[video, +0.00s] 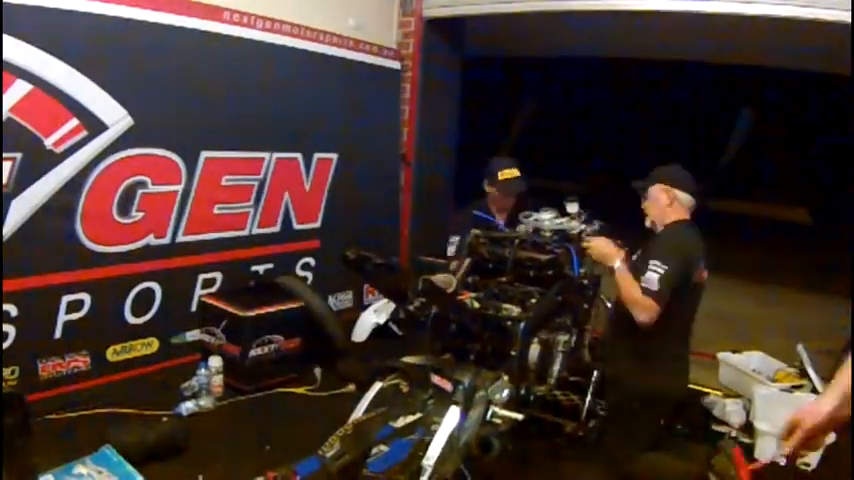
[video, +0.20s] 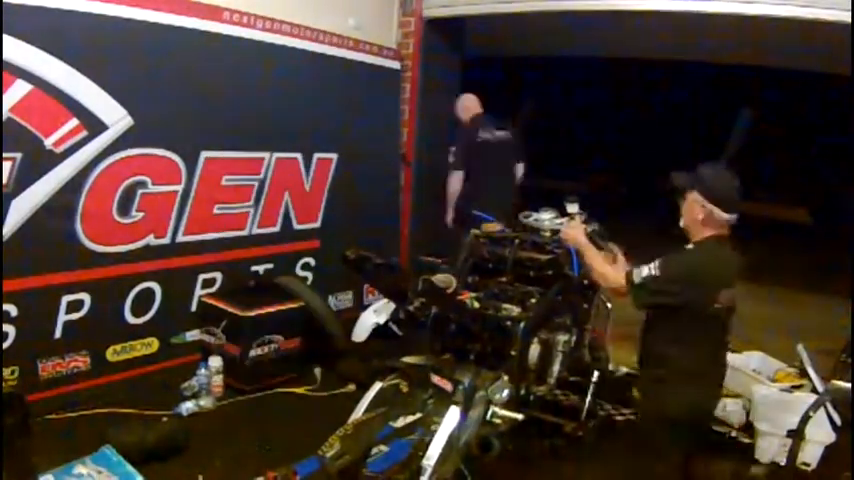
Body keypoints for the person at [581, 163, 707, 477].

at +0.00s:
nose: (644, 207)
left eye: (648, 198)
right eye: (645, 199)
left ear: (669, 199)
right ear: (672, 200)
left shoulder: (672, 243)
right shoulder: (684, 239)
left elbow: (645, 311)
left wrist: (616, 262)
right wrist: (621, 257)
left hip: (644, 386)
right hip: (653, 380)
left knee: (619, 463)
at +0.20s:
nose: (681, 207)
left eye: (687, 200)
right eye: (685, 199)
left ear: (703, 211)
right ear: (716, 214)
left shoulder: (696, 263)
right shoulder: (723, 260)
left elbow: (615, 283)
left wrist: (581, 243)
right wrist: (626, 270)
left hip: (670, 400)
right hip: (693, 396)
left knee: (657, 470)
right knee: (674, 469)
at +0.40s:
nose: (655, 239)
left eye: (656, 234)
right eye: (656, 235)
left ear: (663, 229)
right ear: (690, 228)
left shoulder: (666, 247)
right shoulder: (717, 264)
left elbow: (610, 275)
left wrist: (579, 241)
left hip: (668, 399)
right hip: (707, 399)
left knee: (652, 471)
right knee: (691, 470)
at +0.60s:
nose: (645, 217)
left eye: (647, 209)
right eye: (645, 210)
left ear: (660, 205)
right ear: (683, 208)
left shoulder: (658, 238)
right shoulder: (706, 255)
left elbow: (623, 296)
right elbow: (714, 323)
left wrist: (596, 248)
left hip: (638, 373)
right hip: (676, 376)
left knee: (621, 457)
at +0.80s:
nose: (642, 196)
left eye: (648, 190)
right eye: (645, 190)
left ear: (667, 200)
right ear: (672, 201)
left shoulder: (665, 249)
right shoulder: (685, 244)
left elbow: (657, 338)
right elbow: (639, 278)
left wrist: (618, 402)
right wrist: (603, 241)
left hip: (641, 397)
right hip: (662, 391)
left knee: (623, 473)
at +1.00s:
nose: (635, 212)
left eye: (638, 203)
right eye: (635, 203)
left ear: (658, 202)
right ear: (666, 201)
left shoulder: (668, 251)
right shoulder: (692, 244)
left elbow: (648, 332)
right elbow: (668, 292)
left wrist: (611, 300)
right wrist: (622, 272)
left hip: (648, 388)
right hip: (669, 382)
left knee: (621, 464)